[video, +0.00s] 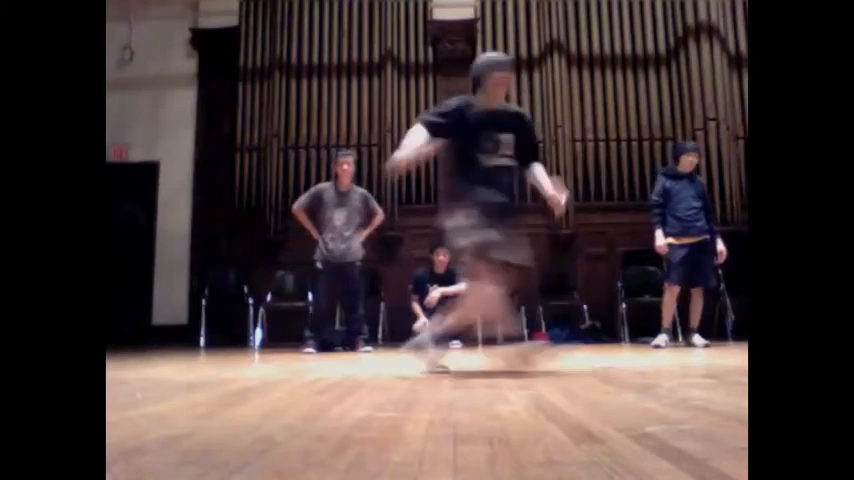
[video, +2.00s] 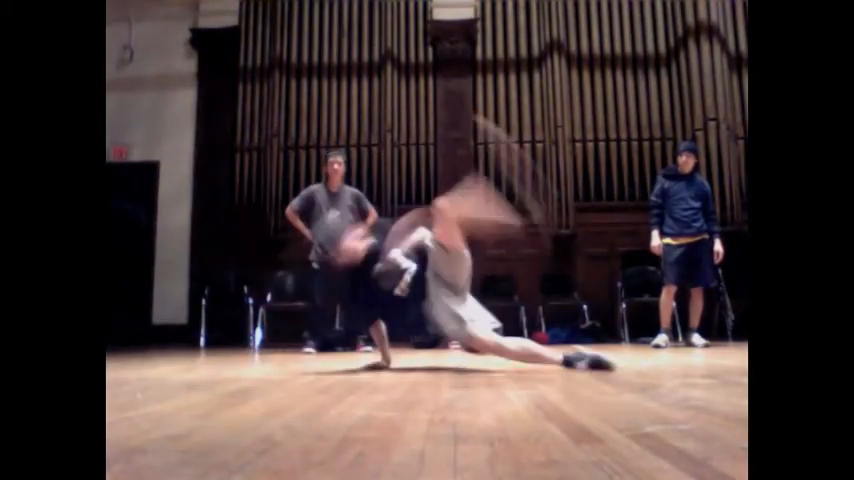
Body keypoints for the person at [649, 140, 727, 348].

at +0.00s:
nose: (693, 162)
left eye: (695, 158)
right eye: (689, 157)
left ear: (697, 161)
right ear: (679, 158)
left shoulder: (698, 183)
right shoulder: (665, 180)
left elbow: (709, 214)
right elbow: (656, 208)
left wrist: (717, 239)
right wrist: (659, 234)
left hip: (701, 240)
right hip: (676, 241)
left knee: (697, 288)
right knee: (672, 287)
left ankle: (693, 332)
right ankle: (665, 332)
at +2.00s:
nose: (685, 161)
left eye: (689, 157)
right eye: (682, 156)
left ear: (696, 160)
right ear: (677, 159)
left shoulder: (701, 184)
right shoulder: (664, 181)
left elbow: (710, 214)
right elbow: (655, 208)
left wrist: (716, 239)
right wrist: (655, 233)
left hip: (699, 239)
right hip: (673, 240)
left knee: (697, 288)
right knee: (669, 287)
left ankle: (693, 332)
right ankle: (664, 332)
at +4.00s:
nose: (684, 160)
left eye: (688, 156)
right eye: (681, 155)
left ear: (695, 159)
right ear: (676, 158)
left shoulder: (702, 184)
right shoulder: (664, 181)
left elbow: (710, 215)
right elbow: (655, 209)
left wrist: (716, 239)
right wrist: (655, 234)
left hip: (699, 240)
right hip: (672, 241)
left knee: (697, 288)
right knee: (669, 287)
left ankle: (693, 332)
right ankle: (664, 332)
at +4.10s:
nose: (684, 160)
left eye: (688, 156)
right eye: (681, 155)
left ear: (695, 159)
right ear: (676, 158)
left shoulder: (702, 184)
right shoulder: (664, 181)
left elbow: (710, 215)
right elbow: (655, 209)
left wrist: (716, 239)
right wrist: (655, 234)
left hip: (699, 240)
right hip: (672, 241)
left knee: (697, 288)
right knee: (668, 287)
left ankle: (693, 332)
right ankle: (664, 332)